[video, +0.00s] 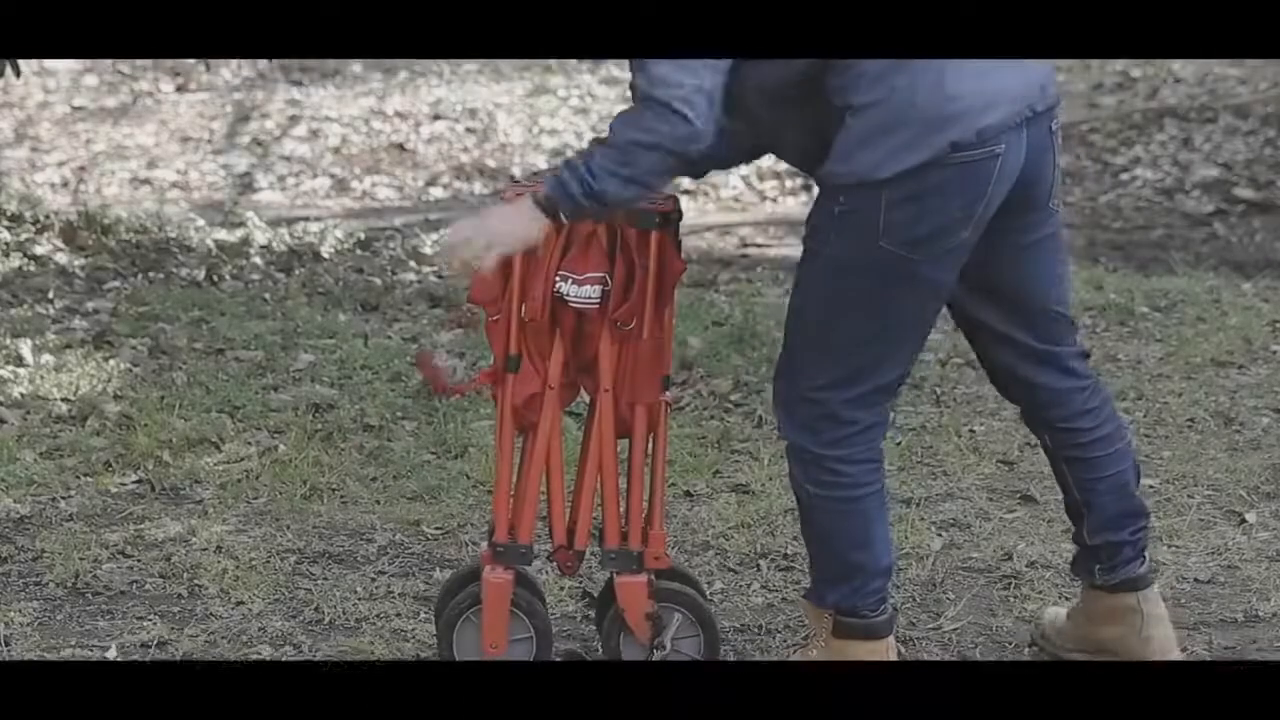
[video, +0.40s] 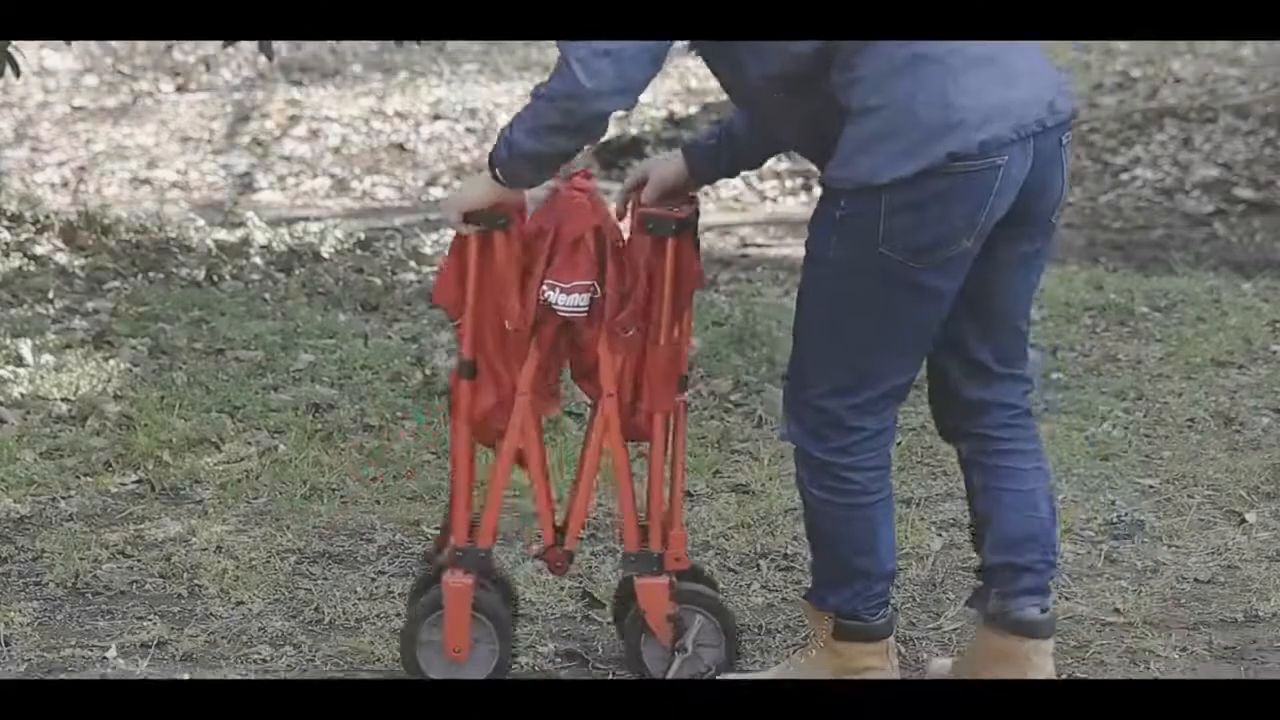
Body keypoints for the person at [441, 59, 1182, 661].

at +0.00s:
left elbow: (675, 126)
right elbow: (740, 125)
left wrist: (539, 204)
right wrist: (575, 183)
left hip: (909, 137)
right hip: (1018, 104)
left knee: (828, 407)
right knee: (1047, 365)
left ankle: (856, 639)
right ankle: (1124, 603)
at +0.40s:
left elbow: (597, 78)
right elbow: (818, 90)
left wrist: (510, 172)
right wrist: (693, 164)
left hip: (914, 149)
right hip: (1036, 121)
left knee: (839, 415)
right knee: (990, 390)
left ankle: (853, 648)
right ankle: (1019, 639)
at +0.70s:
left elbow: (632, 51)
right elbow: (891, 87)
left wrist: (555, 144)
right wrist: (777, 166)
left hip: (932, 147)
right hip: (1065, 140)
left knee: (804, 394)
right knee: (1017, 423)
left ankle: (845, 652)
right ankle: (1013, 663)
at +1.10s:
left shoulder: (656, 8)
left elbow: (596, 105)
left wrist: (557, 247)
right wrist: (790, 229)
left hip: (845, 159)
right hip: (995, 146)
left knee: (772, 438)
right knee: (1011, 434)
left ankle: (780, 674)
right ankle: (1025, 669)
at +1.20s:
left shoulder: (639, 9)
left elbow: (586, 154)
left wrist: (540, 300)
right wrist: (766, 284)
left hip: (813, 174)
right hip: (967, 154)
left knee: (751, 432)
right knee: (1004, 425)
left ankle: (778, 673)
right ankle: (1036, 668)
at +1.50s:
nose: (607, 31)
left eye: (609, 23)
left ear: (634, 11)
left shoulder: (638, 29)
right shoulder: (848, 9)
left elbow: (599, 230)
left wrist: (559, 378)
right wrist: (787, 312)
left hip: (780, 189)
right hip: (939, 159)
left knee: (729, 436)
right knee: (995, 426)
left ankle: (778, 674)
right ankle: (1040, 672)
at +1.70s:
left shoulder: (640, 2)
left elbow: (603, 152)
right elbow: (946, 24)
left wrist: (579, 310)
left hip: (791, 178)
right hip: (950, 152)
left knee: (747, 429)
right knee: (1003, 418)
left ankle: (780, 672)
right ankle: (1042, 661)